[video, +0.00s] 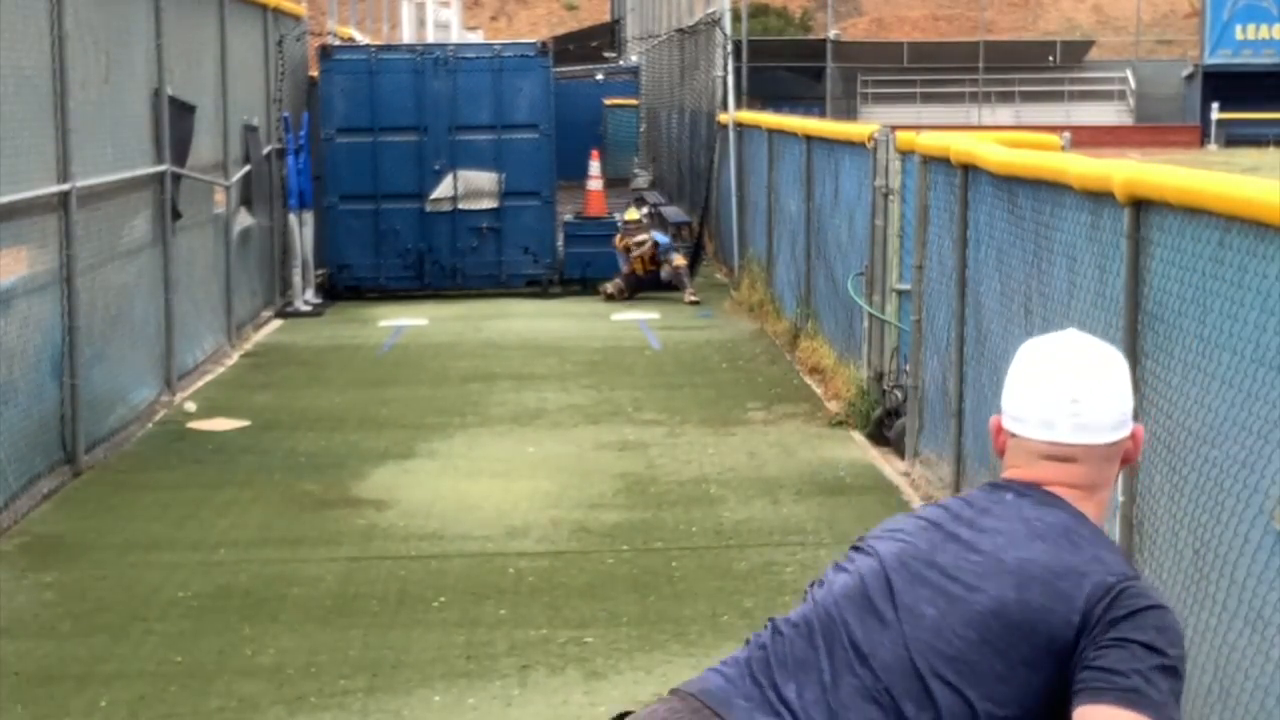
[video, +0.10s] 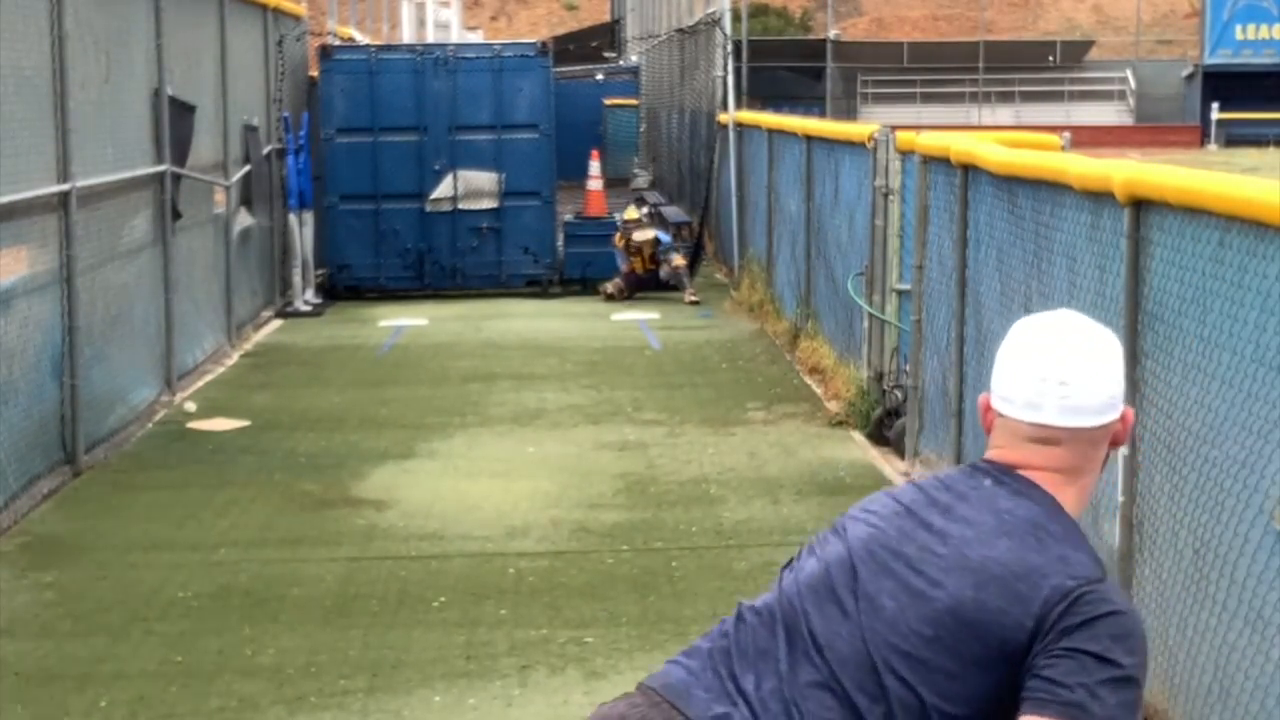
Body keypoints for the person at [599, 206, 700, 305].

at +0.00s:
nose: (633, 229)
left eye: (636, 225)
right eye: (629, 225)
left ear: (643, 225)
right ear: (624, 227)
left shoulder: (654, 237)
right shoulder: (621, 242)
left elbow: (668, 245)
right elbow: (625, 269)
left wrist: (652, 241)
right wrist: (623, 251)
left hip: (659, 274)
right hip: (637, 276)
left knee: (677, 259)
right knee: (622, 283)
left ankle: (688, 292)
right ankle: (612, 290)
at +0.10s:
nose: (631, 227)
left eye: (634, 223)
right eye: (627, 223)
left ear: (641, 223)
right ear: (623, 224)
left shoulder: (653, 235)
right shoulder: (620, 239)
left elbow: (670, 245)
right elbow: (623, 266)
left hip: (657, 274)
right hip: (636, 276)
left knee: (676, 260)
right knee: (621, 284)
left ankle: (689, 293)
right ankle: (612, 290)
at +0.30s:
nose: (627, 224)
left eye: (631, 220)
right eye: (623, 221)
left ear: (637, 219)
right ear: (617, 222)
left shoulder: (648, 230)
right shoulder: (614, 237)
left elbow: (670, 242)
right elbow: (615, 266)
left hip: (654, 269)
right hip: (631, 271)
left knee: (674, 263)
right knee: (619, 284)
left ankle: (688, 292)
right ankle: (612, 290)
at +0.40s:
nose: (629, 231)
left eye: (633, 227)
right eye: (625, 228)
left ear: (639, 227)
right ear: (619, 228)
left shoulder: (648, 238)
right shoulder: (615, 241)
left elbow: (664, 260)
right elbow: (619, 268)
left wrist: (646, 279)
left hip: (652, 274)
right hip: (629, 275)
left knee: (675, 260)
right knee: (604, 290)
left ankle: (685, 292)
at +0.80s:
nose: (629, 231)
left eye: (633, 227)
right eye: (625, 227)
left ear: (639, 227)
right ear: (620, 228)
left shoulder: (648, 239)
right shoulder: (614, 242)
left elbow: (664, 258)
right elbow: (615, 258)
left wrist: (644, 268)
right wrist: (622, 269)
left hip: (651, 274)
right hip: (629, 273)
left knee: (674, 261)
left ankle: (684, 292)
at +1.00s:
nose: (628, 228)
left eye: (631, 224)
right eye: (624, 224)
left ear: (637, 224)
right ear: (621, 226)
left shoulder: (647, 237)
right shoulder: (618, 241)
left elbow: (663, 252)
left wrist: (641, 255)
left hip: (653, 274)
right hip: (632, 276)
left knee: (672, 260)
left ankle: (684, 293)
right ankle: (610, 288)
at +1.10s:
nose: (625, 229)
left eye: (628, 225)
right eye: (621, 226)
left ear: (635, 226)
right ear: (616, 228)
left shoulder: (645, 237)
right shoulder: (613, 241)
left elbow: (658, 247)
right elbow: (618, 267)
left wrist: (638, 251)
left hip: (652, 275)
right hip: (630, 277)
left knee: (672, 260)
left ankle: (684, 292)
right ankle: (608, 289)